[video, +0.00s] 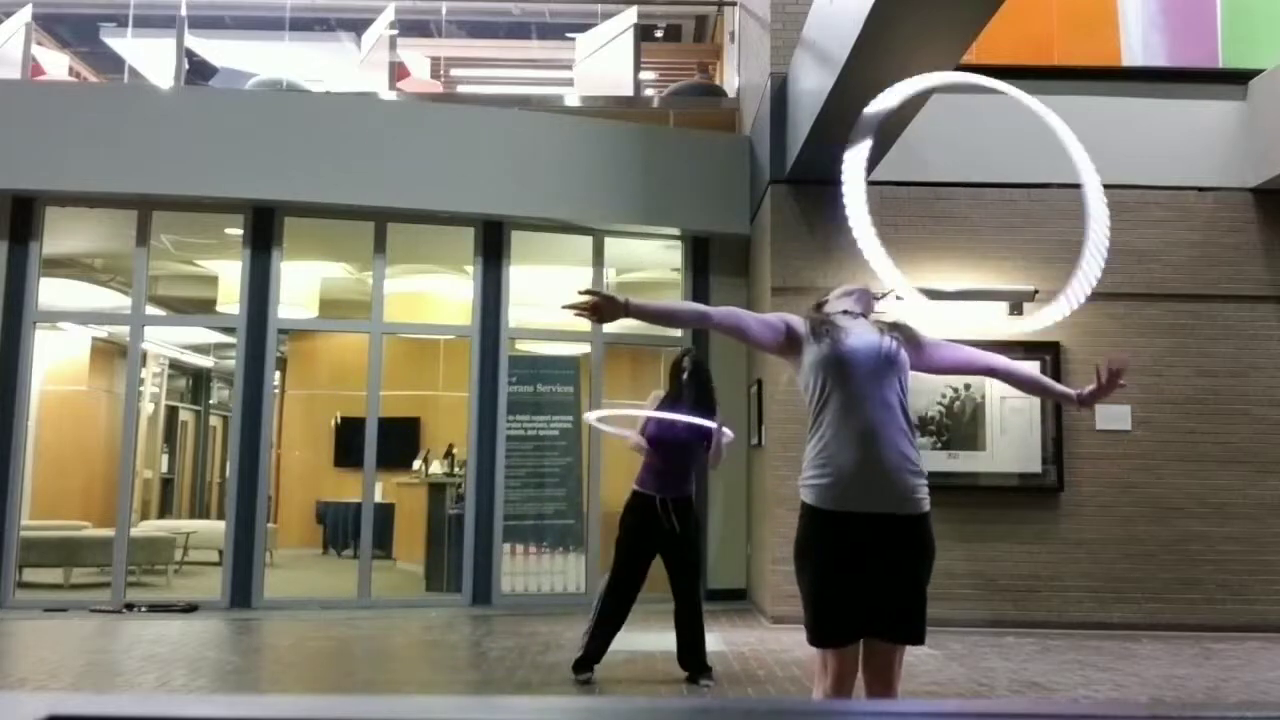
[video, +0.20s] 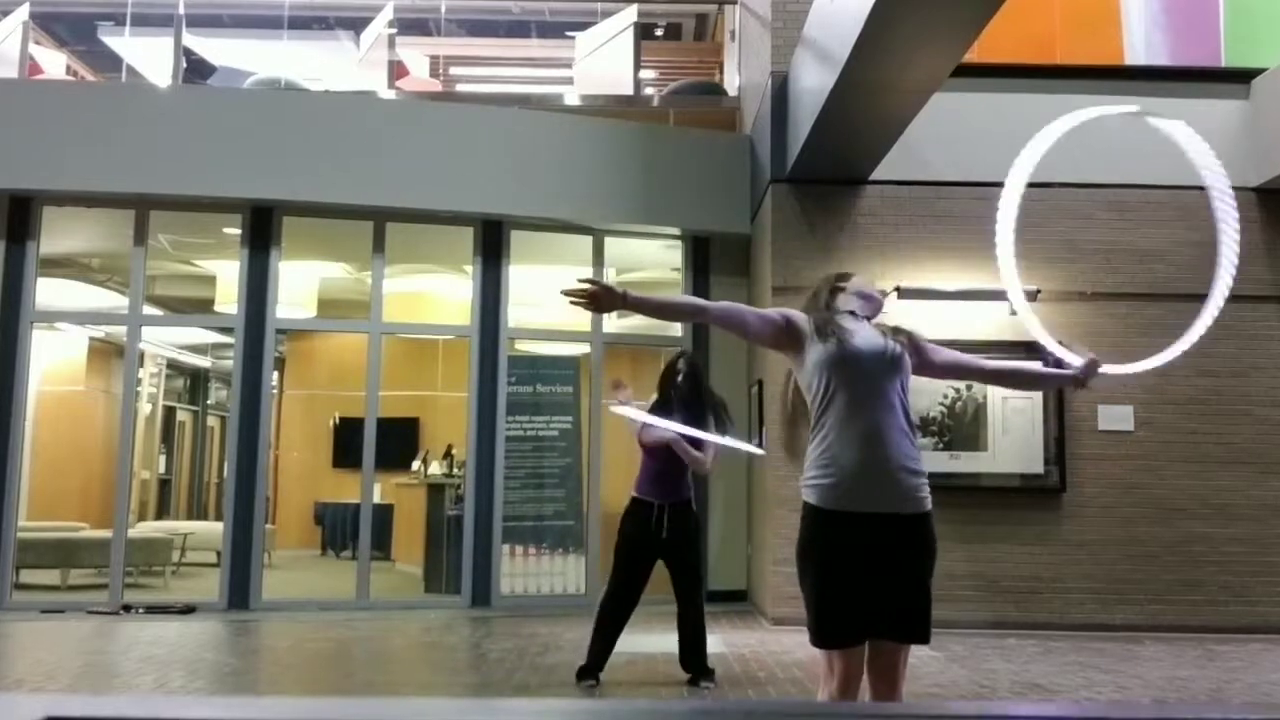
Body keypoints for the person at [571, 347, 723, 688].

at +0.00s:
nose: (687, 379)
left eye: (693, 373)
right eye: (683, 372)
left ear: (703, 379)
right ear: (674, 375)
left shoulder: (706, 414)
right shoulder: (659, 402)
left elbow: (713, 462)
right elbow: (639, 442)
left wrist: (719, 440)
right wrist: (638, 444)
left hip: (680, 506)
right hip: (644, 503)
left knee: (688, 592)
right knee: (622, 586)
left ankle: (696, 668)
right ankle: (586, 662)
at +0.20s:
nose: (679, 383)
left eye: (687, 377)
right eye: (674, 375)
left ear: (697, 382)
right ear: (666, 379)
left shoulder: (706, 416)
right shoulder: (654, 410)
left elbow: (706, 466)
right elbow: (644, 437)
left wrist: (676, 440)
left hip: (681, 513)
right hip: (642, 510)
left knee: (690, 596)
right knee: (621, 593)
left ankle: (698, 671)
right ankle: (591, 671)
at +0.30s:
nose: (672, 385)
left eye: (680, 379)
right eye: (668, 378)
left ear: (689, 385)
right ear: (659, 382)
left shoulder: (696, 420)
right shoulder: (646, 414)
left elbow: (687, 462)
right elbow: (627, 447)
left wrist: (657, 423)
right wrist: (613, 411)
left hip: (676, 517)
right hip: (639, 514)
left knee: (690, 595)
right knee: (621, 594)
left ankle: (698, 669)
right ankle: (597, 667)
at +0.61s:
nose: (647, 393)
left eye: (653, 388)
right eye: (642, 386)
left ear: (660, 393)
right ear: (631, 387)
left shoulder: (661, 428)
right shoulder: (607, 416)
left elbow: (667, 471)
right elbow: (596, 461)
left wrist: (635, 437)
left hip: (638, 517)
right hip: (604, 517)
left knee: (661, 595)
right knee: (607, 600)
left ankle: (694, 669)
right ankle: (591, 670)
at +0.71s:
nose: (639, 386)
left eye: (646, 381)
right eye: (635, 378)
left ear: (652, 385)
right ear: (623, 378)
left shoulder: (648, 416)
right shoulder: (601, 406)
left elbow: (646, 464)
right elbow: (591, 456)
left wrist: (644, 465)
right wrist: (621, 495)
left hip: (628, 510)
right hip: (596, 510)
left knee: (644, 590)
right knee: (599, 592)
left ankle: (665, 666)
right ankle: (589, 669)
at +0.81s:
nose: (639, 382)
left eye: (643, 376)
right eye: (634, 374)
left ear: (647, 378)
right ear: (621, 374)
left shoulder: (638, 408)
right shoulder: (600, 397)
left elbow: (625, 454)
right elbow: (588, 441)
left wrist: (656, 467)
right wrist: (624, 469)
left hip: (625, 508)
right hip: (597, 507)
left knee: (641, 587)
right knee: (598, 589)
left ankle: (659, 666)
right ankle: (585, 670)